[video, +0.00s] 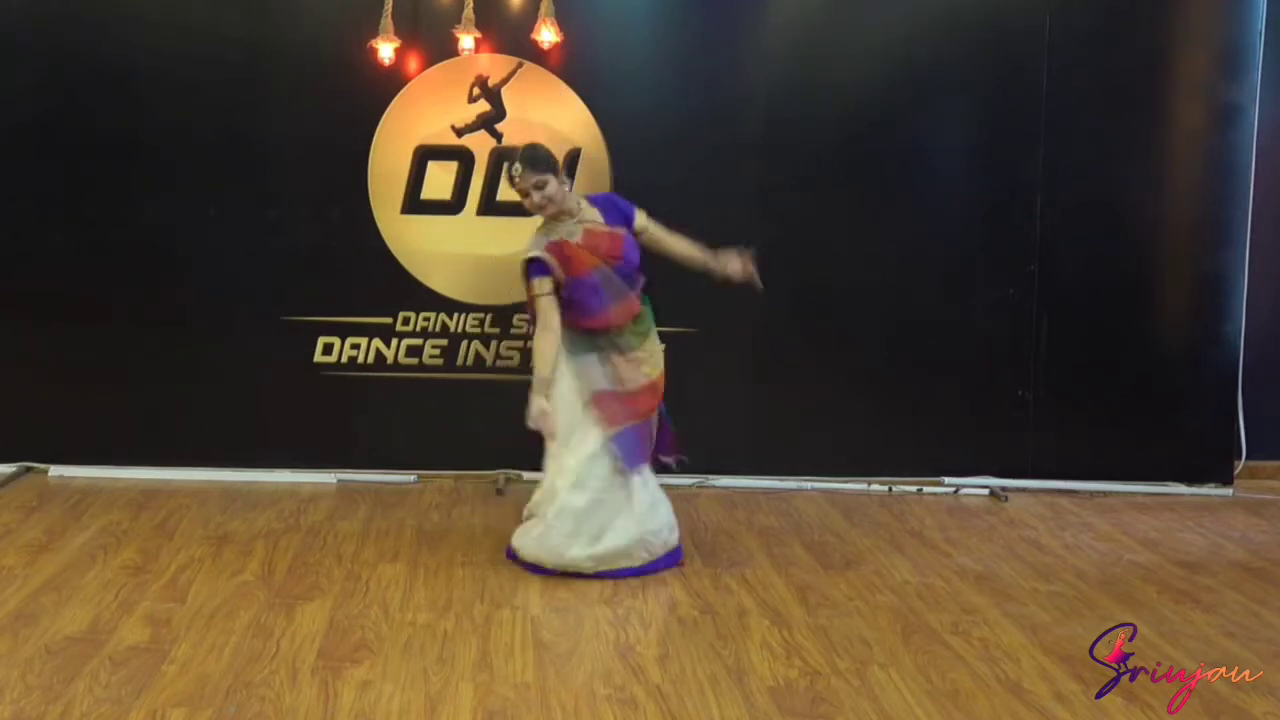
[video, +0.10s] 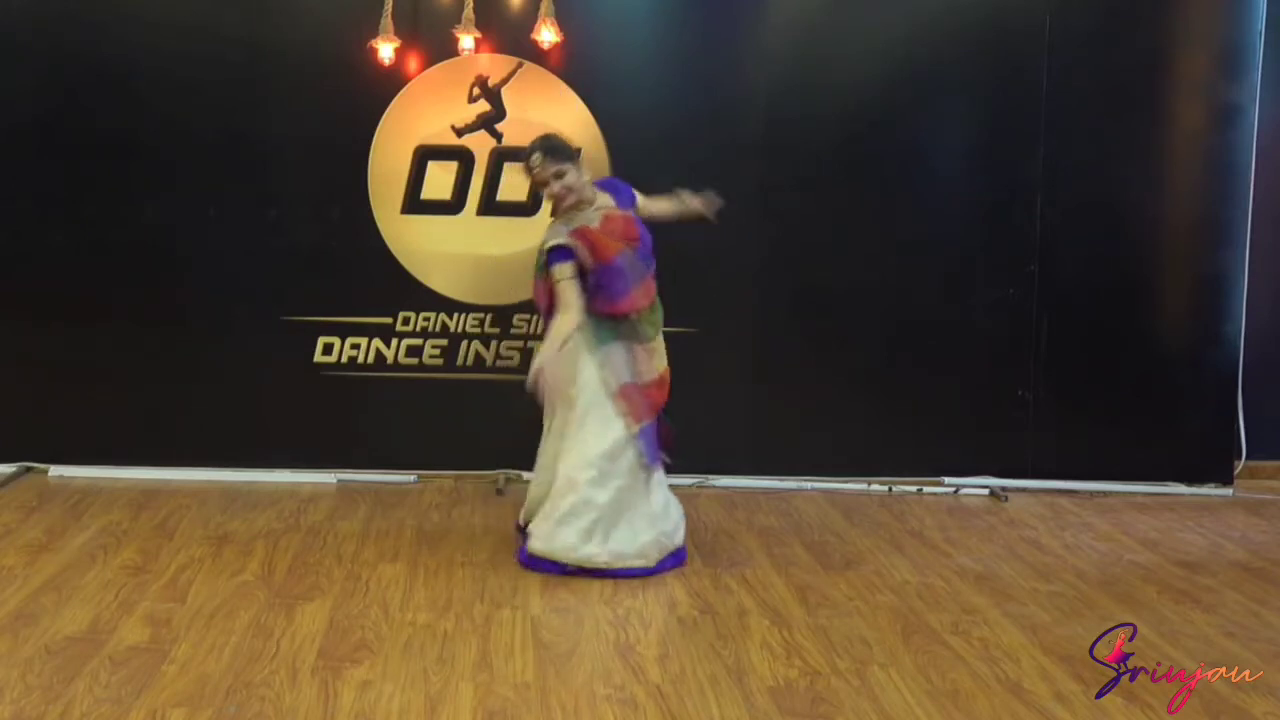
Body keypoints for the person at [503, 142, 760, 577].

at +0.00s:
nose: (535, 200)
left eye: (541, 187)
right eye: (525, 194)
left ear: (562, 177)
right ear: (522, 197)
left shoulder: (610, 209)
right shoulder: (542, 254)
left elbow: (667, 241)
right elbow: (547, 325)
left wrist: (716, 262)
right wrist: (539, 392)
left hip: (637, 344)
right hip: (584, 355)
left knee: (631, 442)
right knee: (589, 446)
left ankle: (626, 536)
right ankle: (565, 538)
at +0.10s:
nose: (556, 188)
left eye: (561, 175)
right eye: (546, 184)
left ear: (580, 166)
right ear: (540, 188)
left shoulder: (615, 193)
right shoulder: (561, 241)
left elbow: (658, 205)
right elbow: (569, 309)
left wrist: (693, 204)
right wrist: (545, 356)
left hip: (639, 337)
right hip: (594, 347)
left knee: (635, 436)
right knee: (597, 440)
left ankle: (642, 533)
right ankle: (564, 537)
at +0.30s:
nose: (605, 151)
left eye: (608, 140)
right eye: (593, 148)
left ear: (620, 140)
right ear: (576, 160)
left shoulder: (612, 194)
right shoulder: (600, 204)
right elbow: (645, 264)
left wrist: (648, 239)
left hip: (614, 324)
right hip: (612, 328)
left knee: (604, 421)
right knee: (625, 426)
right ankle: (609, 530)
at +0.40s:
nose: (629, 138)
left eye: (629, 128)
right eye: (617, 133)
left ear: (632, 129)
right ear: (593, 142)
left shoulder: (588, 184)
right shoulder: (618, 191)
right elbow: (676, 253)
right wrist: (694, 209)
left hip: (601, 303)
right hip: (628, 308)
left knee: (590, 408)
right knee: (636, 415)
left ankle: (550, 513)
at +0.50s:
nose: (650, 127)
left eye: (650, 117)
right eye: (644, 119)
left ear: (601, 126)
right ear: (617, 126)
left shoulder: (569, 174)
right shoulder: (647, 186)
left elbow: (541, 215)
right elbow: (695, 237)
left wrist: (557, 164)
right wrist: (708, 174)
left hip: (579, 299)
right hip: (635, 303)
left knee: (579, 403)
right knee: (654, 402)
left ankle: (547, 507)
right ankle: (665, 515)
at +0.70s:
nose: (645, 118)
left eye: (641, 110)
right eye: (643, 112)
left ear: (601, 123)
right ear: (645, 124)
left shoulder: (580, 177)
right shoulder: (668, 182)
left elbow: (518, 221)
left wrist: (539, 181)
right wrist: (648, 167)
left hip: (585, 301)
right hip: (644, 306)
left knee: (581, 408)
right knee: (638, 407)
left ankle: (583, 519)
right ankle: (641, 514)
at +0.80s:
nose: (598, 122)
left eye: (600, 115)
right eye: (602, 115)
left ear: (608, 124)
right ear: (649, 124)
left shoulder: (597, 182)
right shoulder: (663, 181)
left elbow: (528, 217)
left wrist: (540, 190)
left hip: (592, 311)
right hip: (645, 311)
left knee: (574, 407)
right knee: (639, 411)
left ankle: (566, 511)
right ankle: (641, 512)